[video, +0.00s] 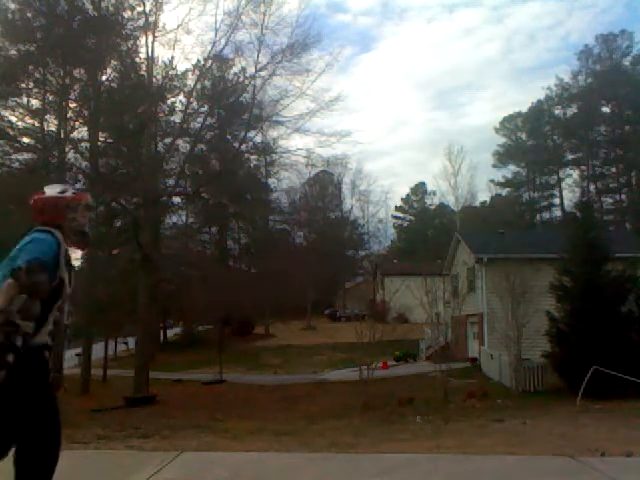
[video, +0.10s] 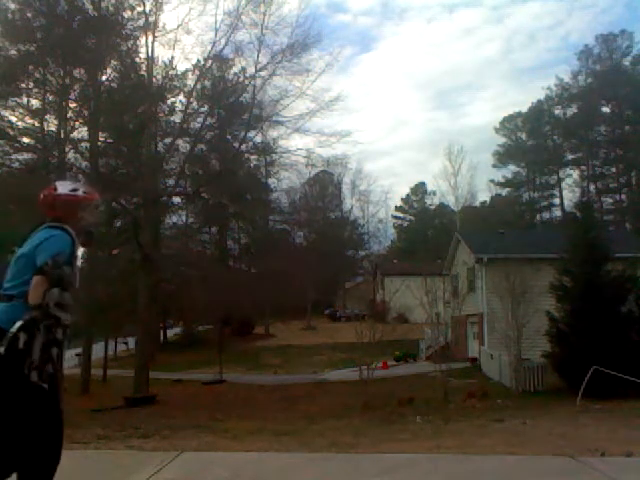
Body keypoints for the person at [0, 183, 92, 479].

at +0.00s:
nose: (84, 220)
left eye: (84, 212)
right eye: (77, 212)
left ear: (60, 215)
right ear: (59, 215)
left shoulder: (56, 248)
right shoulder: (44, 243)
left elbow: (54, 315)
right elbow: (15, 290)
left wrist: (54, 366)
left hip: (34, 359)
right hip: (23, 359)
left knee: (41, 443)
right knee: (41, 443)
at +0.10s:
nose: (87, 215)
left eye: (87, 209)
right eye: (82, 209)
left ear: (56, 210)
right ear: (69, 210)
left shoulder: (47, 236)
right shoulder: (59, 240)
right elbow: (37, 299)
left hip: (15, 340)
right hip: (25, 345)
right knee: (45, 431)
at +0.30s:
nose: (100, 211)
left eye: (99, 204)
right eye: (94, 204)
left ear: (67, 205)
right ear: (77, 205)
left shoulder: (53, 231)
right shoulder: (77, 232)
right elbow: (81, 274)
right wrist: (93, 307)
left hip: (21, 329)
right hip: (37, 333)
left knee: (44, 423)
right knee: (72, 421)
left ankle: (33, 476)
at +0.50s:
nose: (110, 206)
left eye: (109, 199)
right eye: (105, 200)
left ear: (75, 204)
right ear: (89, 202)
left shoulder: (56, 234)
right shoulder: (97, 234)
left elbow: (24, 282)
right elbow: (117, 287)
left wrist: (15, 333)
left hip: (40, 332)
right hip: (65, 336)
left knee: (54, 426)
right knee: (98, 423)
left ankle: (43, 474)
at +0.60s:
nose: (123, 214)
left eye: (122, 208)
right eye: (118, 208)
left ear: (85, 211)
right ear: (101, 210)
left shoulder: (63, 244)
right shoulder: (109, 242)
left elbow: (25, 293)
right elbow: (135, 298)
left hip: (47, 345)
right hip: (75, 347)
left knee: (66, 437)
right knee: (115, 433)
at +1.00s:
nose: (161, 211)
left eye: (160, 204)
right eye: (156, 205)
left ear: (127, 207)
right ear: (142, 206)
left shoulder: (107, 234)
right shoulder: (139, 238)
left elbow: (68, 277)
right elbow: (148, 291)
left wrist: (63, 313)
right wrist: (160, 333)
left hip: (71, 337)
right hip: (93, 342)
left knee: (67, 431)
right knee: (130, 432)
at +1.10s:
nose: (171, 214)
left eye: (171, 207)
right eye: (166, 207)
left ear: (138, 207)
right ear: (148, 207)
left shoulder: (121, 235)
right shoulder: (136, 238)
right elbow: (137, 300)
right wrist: (149, 359)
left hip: (88, 339)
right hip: (97, 343)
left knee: (72, 435)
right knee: (133, 439)